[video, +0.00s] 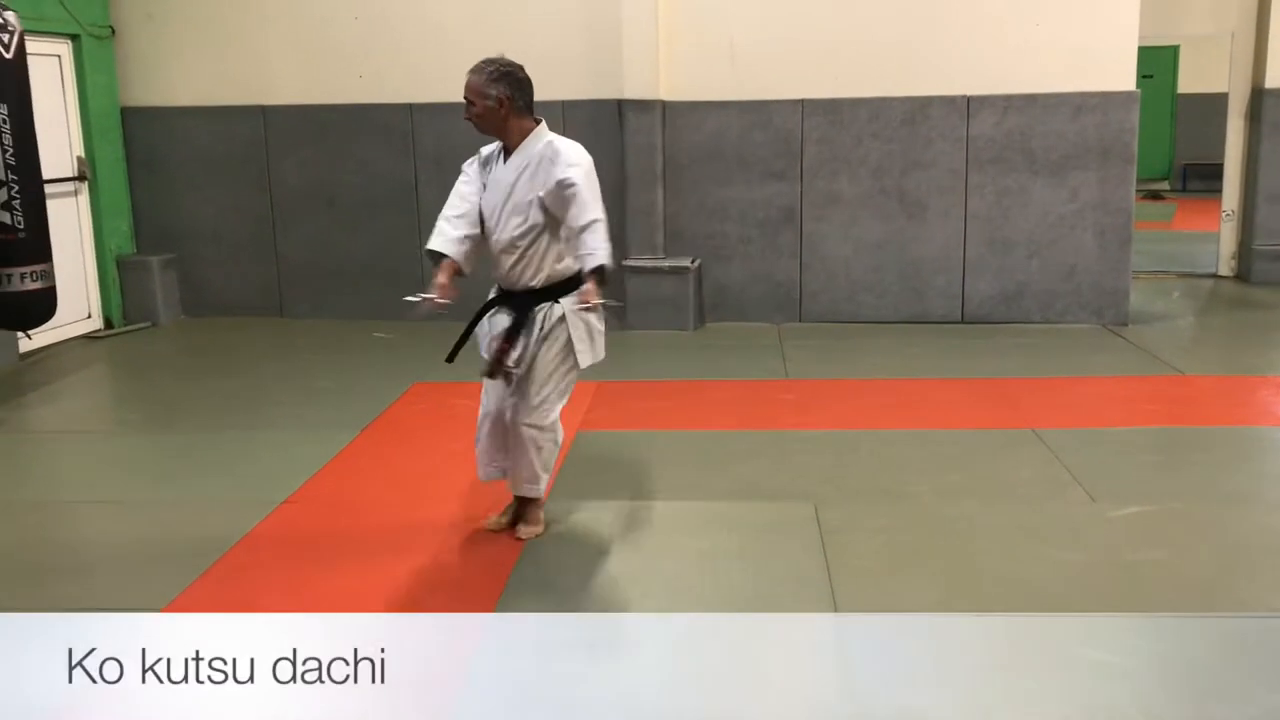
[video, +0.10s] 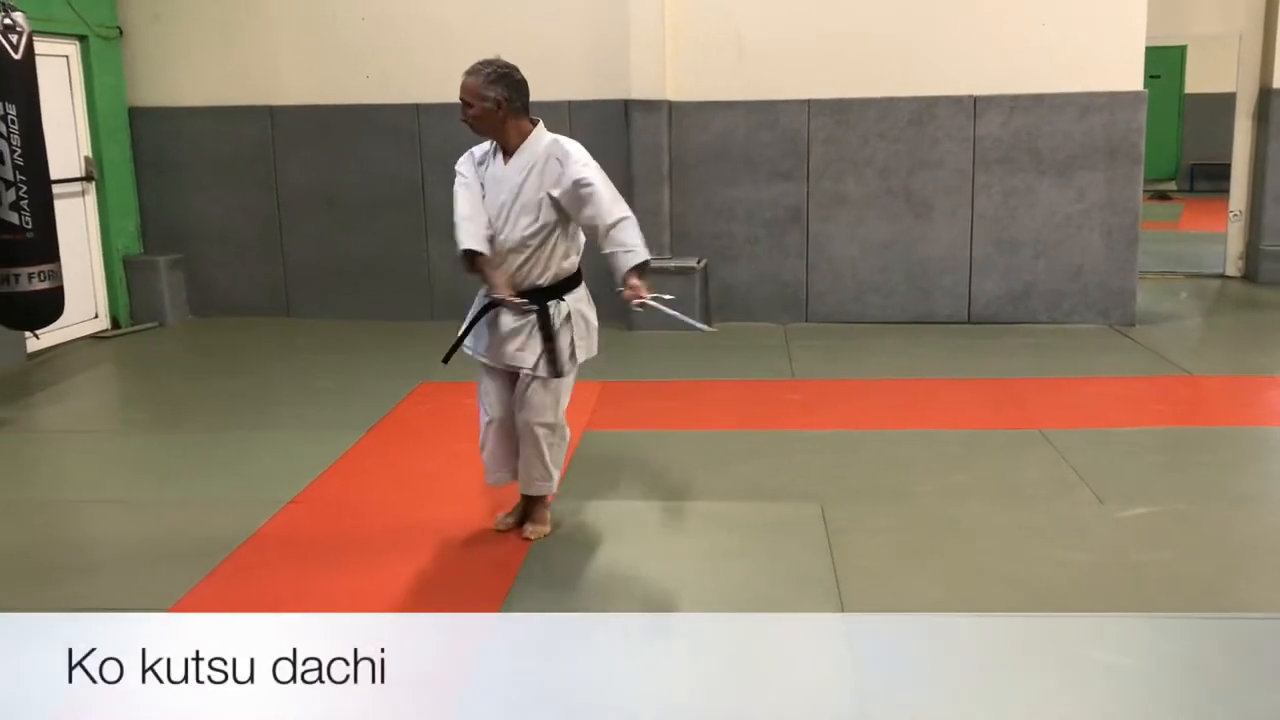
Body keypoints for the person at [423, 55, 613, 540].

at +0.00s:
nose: (466, 113)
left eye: (473, 104)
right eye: (465, 104)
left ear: (504, 102)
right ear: (499, 103)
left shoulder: (566, 158)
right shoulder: (481, 166)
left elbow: (590, 224)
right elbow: (459, 222)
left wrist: (591, 280)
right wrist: (445, 275)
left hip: (560, 305)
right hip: (509, 305)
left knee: (534, 411)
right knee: (502, 408)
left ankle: (533, 506)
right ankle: (522, 498)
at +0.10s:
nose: (462, 115)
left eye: (469, 106)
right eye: (461, 105)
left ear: (502, 105)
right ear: (492, 105)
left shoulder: (563, 158)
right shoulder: (472, 164)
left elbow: (612, 215)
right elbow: (471, 235)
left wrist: (629, 271)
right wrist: (496, 279)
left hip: (553, 312)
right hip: (497, 308)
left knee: (538, 414)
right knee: (501, 412)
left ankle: (540, 505)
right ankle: (527, 497)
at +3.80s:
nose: (441, 148)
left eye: (444, 138)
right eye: (441, 138)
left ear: (461, 138)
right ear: (487, 134)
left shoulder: (456, 194)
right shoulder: (531, 181)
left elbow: (386, 225)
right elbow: (497, 244)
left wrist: (320, 224)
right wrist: (442, 244)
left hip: (495, 332)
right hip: (554, 322)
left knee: (421, 407)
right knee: (582, 407)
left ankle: (378, 512)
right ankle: (615, 494)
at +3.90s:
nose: (443, 145)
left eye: (447, 135)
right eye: (443, 135)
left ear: (466, 136)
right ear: (491, 132)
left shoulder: (458, 192)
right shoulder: (535, 181)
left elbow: (389, 228)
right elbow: (508, 241)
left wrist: (322, 224)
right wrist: (448, 241)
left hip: (493, 332)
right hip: (554, 323)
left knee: (421, 406)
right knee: (582, 406)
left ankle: (378, 512)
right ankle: (616, 496)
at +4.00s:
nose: (446, 143)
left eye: (449, 132)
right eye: (445, 132)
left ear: (470, 132)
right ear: (493, 131)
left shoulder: (458, 190)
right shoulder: (537, 181)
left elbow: (391, 226)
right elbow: (528, 239)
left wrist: (322, 223)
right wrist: (451, 242)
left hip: (492, 332)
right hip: (553, 323)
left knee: (422, 406)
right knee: (584, 406)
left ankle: (379, 512)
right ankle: (617, 496)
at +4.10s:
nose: (447, 143)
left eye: (450, 132)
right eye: (446, 132)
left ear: (470, 131)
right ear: (494, 130)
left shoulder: (459, 190)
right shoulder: (537, 181)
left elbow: (391, 224)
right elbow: (518, 241)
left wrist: (323, 221)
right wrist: (451, 243)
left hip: (492, 330)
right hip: (553, 322)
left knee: (423, 407)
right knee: (583, 405)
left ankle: (379, 513)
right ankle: (617, 496)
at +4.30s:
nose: (447, 142)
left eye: (451, 132)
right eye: (447, 133)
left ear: (471, 132)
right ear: (494, 132)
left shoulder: (458, 191)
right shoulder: (537, 182)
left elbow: (391, 226)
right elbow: (519, 243)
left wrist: (325, 225)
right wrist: (450, 243)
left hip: (492, 332)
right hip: (553, 323)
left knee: (423, 409)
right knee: (583, 406)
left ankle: (379, 514)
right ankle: (618, 497)